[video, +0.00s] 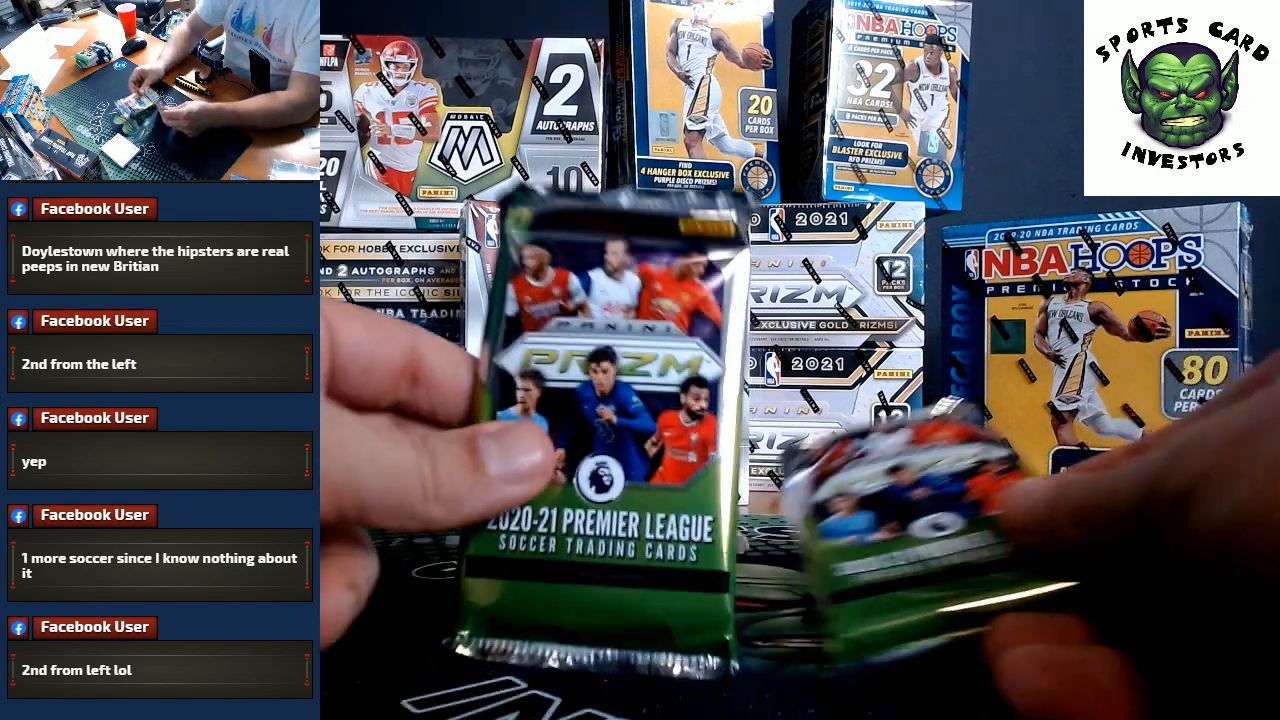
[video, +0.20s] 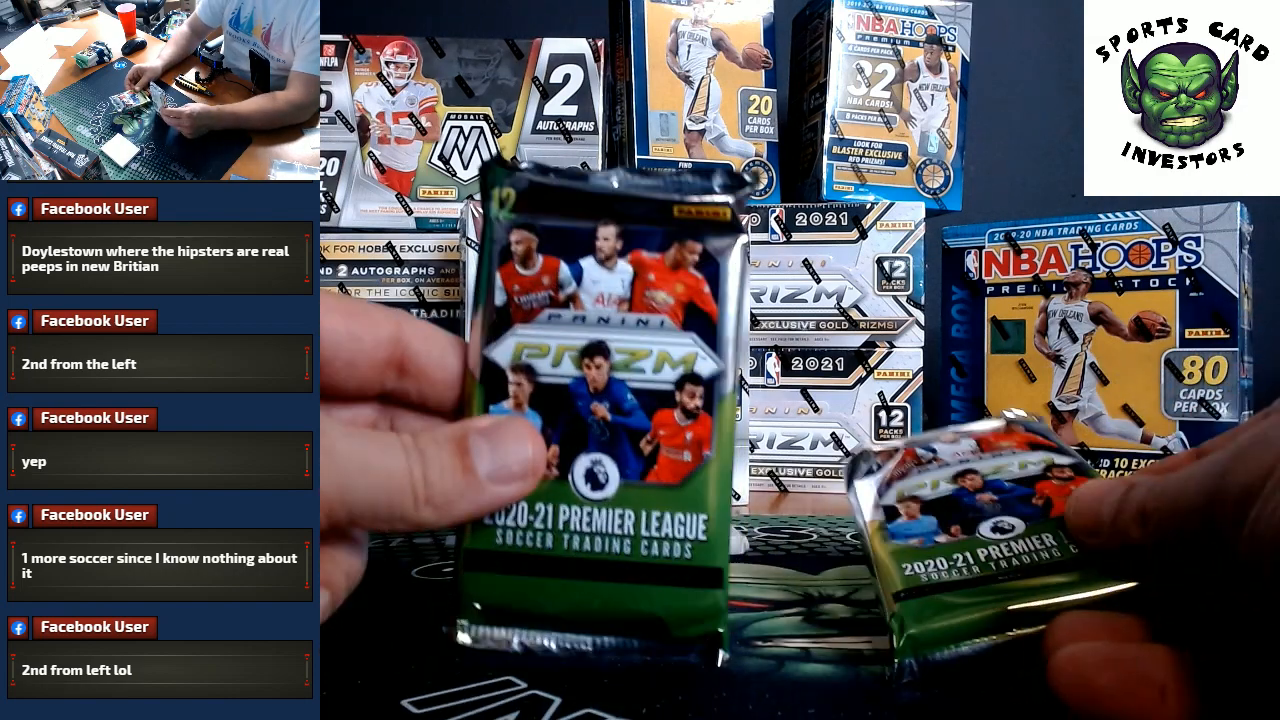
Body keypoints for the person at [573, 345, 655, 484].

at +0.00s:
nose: (599, 378)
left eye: (605, 372)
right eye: (595, 372)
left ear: (614, 372)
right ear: (589, 373)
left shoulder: (624, 392)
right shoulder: (583, 392)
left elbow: (649, 426)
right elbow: (573, 421)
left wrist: (617, 420)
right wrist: (562, 447)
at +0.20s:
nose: (593, 374)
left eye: (598, 367)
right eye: (588, 368)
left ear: (609, 366)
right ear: (582, 369)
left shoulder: (618, 389)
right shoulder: (576, 389)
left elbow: (644, 424)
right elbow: (566, 418)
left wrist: (611, 418)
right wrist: (555, 443)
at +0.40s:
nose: (591, 380)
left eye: (596, 373)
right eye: (586, 373)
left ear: (606, 372)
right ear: (580, 374)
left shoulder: (616, 394)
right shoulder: (575, 395)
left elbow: (643, 427)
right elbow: (566, 423)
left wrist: (610, 423)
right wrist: (555, 450)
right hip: (594, 461)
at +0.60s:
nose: (585, 381)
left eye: (590, 375)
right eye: (580, 375)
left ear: (600, 373)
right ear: (574, 376)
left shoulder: (611, 395)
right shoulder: (569, 397)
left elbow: (638, 428)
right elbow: (562, 425)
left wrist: (605, 425)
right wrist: (551, 452)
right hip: (590, 463)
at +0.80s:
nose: (586, 384)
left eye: (591, 377)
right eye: (581, 378)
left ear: (601, 375)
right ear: (575, 379)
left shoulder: (612, 398)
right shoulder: (569, 400)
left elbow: (640, 431)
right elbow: (561, 428)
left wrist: (607, 427)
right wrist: (552, 455)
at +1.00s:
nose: (587, 384)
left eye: (592, 378)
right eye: (582, 378)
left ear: (602, 376)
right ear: (576, 379)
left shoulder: (613, 399)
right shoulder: (571, 401)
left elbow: (641, 432)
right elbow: (562, 428)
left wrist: (608, 428)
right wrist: (553, 455)